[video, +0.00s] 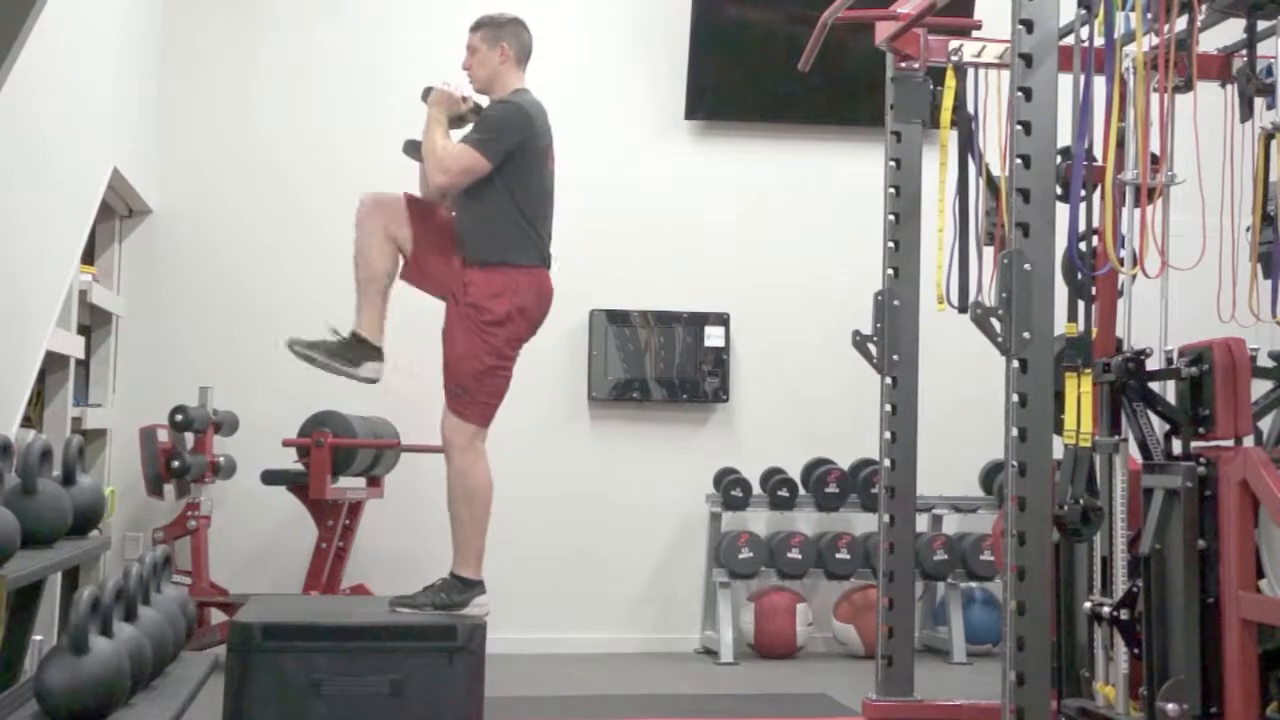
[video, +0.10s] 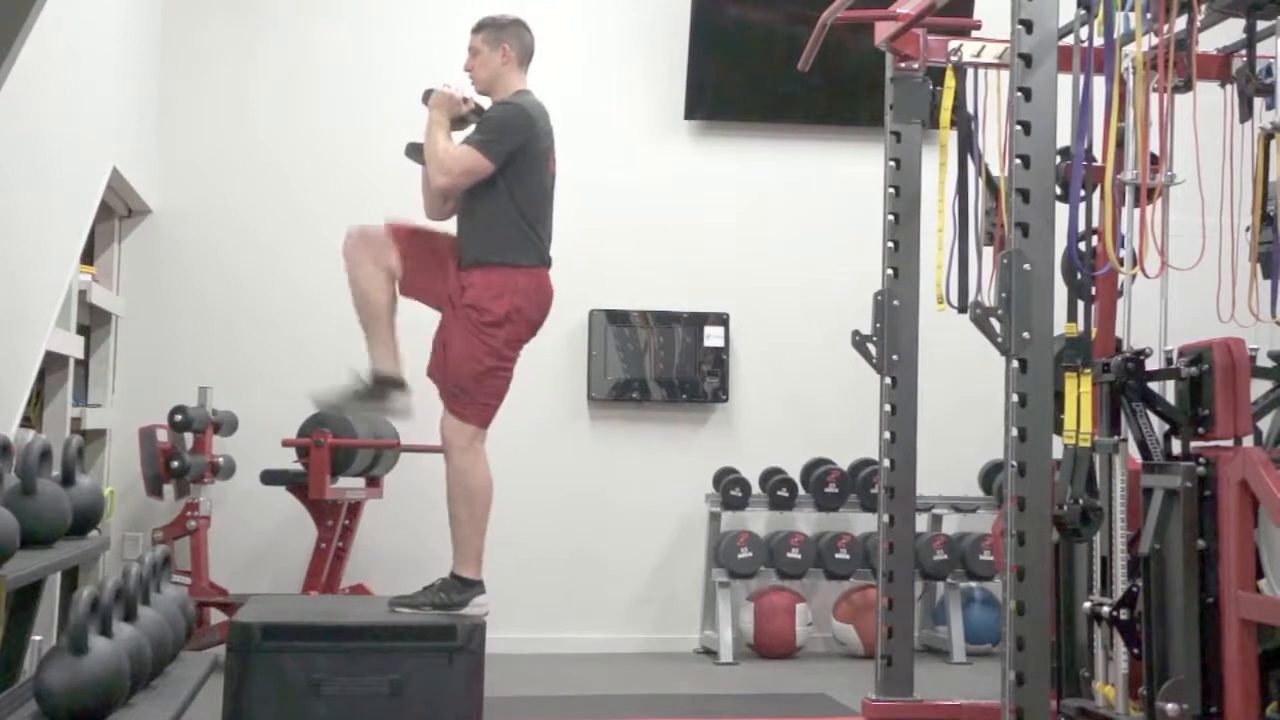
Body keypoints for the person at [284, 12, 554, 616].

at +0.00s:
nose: (464, 65)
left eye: (472, 53)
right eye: (467, 54)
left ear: (503, 53)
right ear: (507, 54)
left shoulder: (515, 112)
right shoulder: (503, 113)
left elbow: (439, 178)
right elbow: (461, 189)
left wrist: (439, 116)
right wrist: (443, 141)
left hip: (504, 284)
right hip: (473, 264)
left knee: (462, 436)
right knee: (378, 212)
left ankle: (466, 582)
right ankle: (365, 343)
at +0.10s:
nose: (466, 65)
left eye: (473, 53)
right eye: (468, 54)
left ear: (505, 55)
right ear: (506, 57)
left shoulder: (517, 114)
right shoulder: (496, 119)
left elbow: (444, 179)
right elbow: (437, 206)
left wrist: (439, 115)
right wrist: (439, 138)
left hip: (506, 284)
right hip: (474, 268)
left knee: (462, 435)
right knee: (366, 243)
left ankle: (466, 581)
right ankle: (387, 381)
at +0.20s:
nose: (467, 64)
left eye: (476, 53)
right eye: (469, 53)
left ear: (509, 55)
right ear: (507, 55)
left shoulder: (522, 114)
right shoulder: (499, 120)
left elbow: (448, 177)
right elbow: (439, 209)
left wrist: (439, 117)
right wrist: (439, 139)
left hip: (508, 287)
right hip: (470, 280)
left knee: (462, 434)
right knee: (368, 316)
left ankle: (466, 580)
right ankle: (436, 439)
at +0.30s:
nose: (468, 70)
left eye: (475, 58)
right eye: (470, 59)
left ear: (506, 59)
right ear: (509, 61)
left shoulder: (519, 118)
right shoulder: (504, 125)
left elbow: (451, 184)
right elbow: (442, 212)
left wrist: (442, 123)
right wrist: (441, 145)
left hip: (516, 288)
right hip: (492, 286)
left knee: (457, 429)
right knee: (407, 392)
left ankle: (466, 580)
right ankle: (487, 510)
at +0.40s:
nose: (469, 81)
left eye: (477, 69)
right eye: (471, 70)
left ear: (508, 70)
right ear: (508, 73)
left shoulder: (521, 130)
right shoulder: (509, 137)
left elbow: (455, 199)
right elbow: (441, 224)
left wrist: (443, 136)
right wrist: (439, 157)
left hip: (515, 298)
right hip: (518, 298)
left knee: (442, 431)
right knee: (470, 441)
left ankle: (461, 578)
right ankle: (533, 571)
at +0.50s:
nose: (472, 109)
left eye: (480, 97)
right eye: (474, 98)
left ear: (512, 98)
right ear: (511, 101)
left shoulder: (526, 159)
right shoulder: (510, 167)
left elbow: (461, 222)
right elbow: (442, 249)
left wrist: (446, 160)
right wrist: (443, 187)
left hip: (523, 322)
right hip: (541, 323)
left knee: (428, 437)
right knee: (507, 475)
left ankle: (459, 579)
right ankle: (555, 619)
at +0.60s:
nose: (478, 133)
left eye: (486, 121)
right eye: (480, 122)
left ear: (518, 123)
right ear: (516, 125)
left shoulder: (532, 183)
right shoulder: (511, 193)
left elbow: (468, 247)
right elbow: (445, 274)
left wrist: (452, 184)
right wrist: (446, 210)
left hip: (535, 345)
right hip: (550, 348)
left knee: (423, 438)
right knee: (528, 503)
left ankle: (460, 578)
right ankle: (569, 649)